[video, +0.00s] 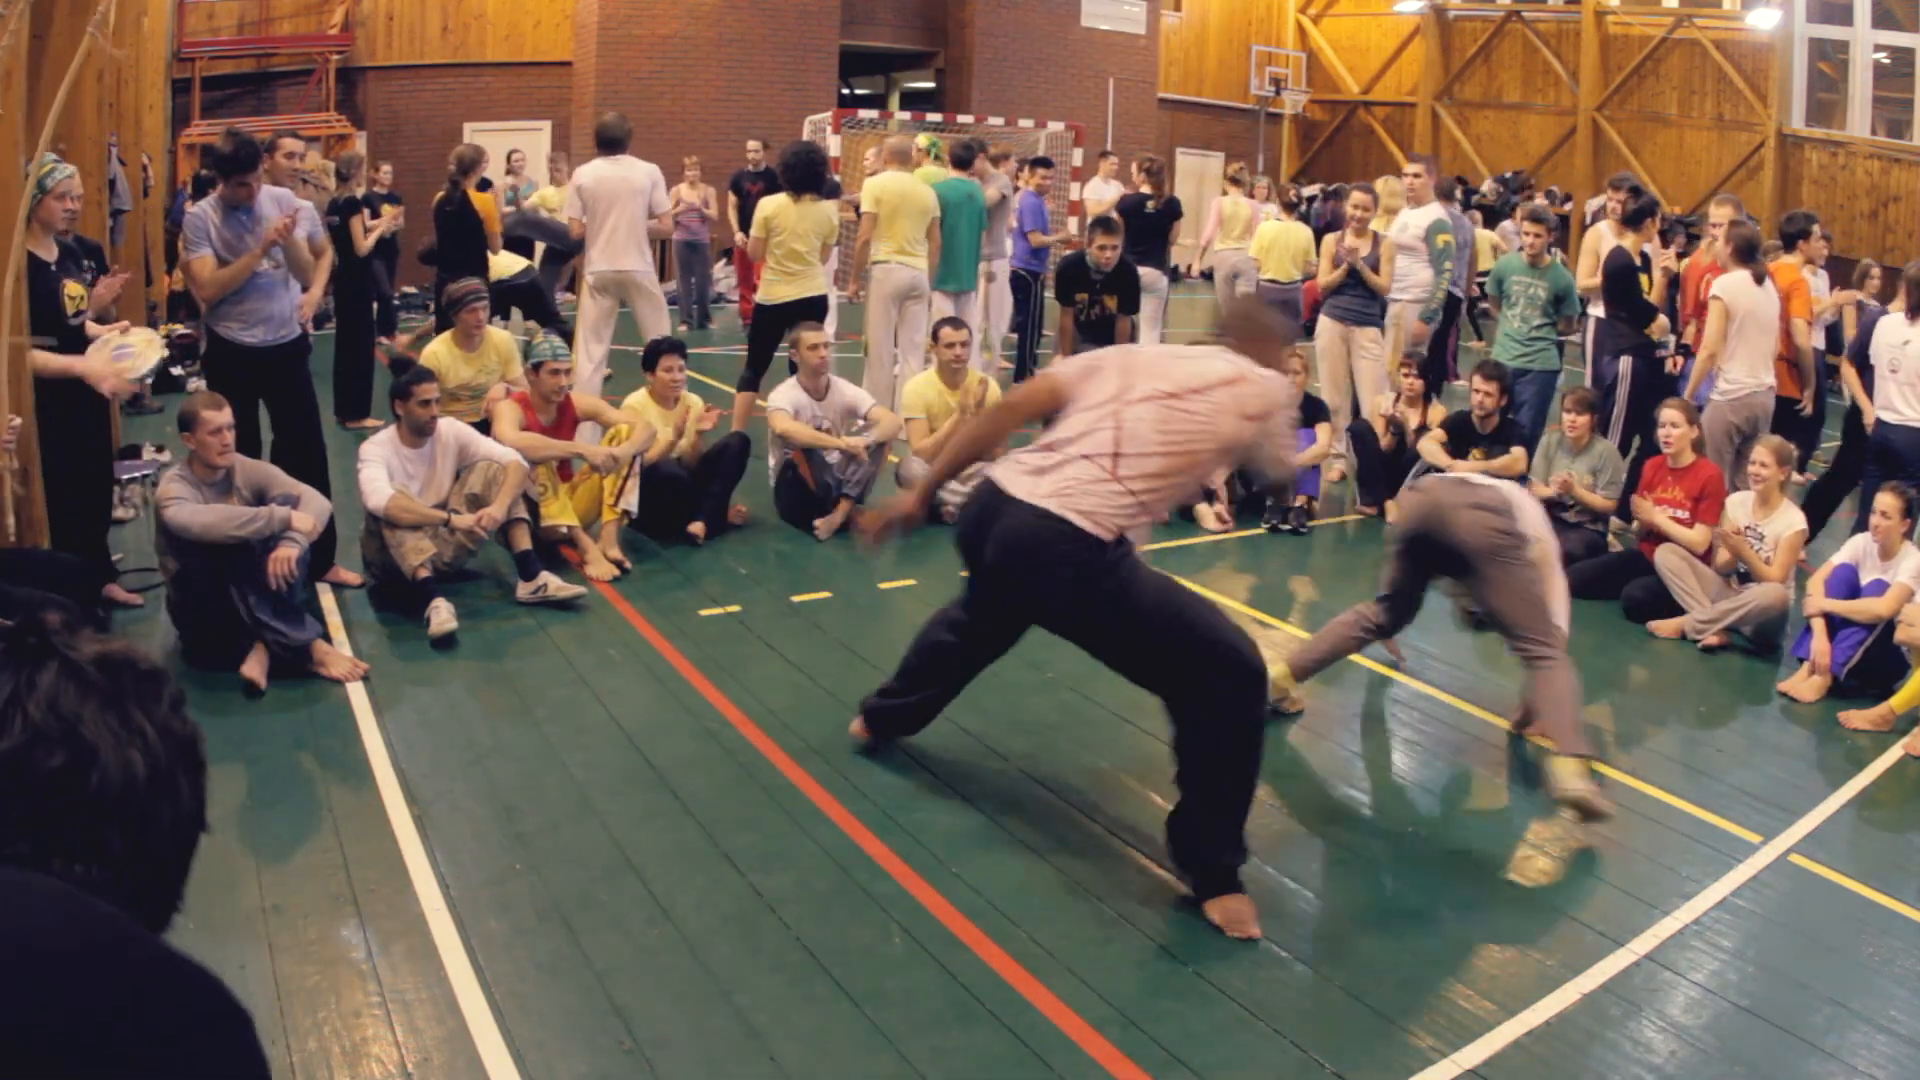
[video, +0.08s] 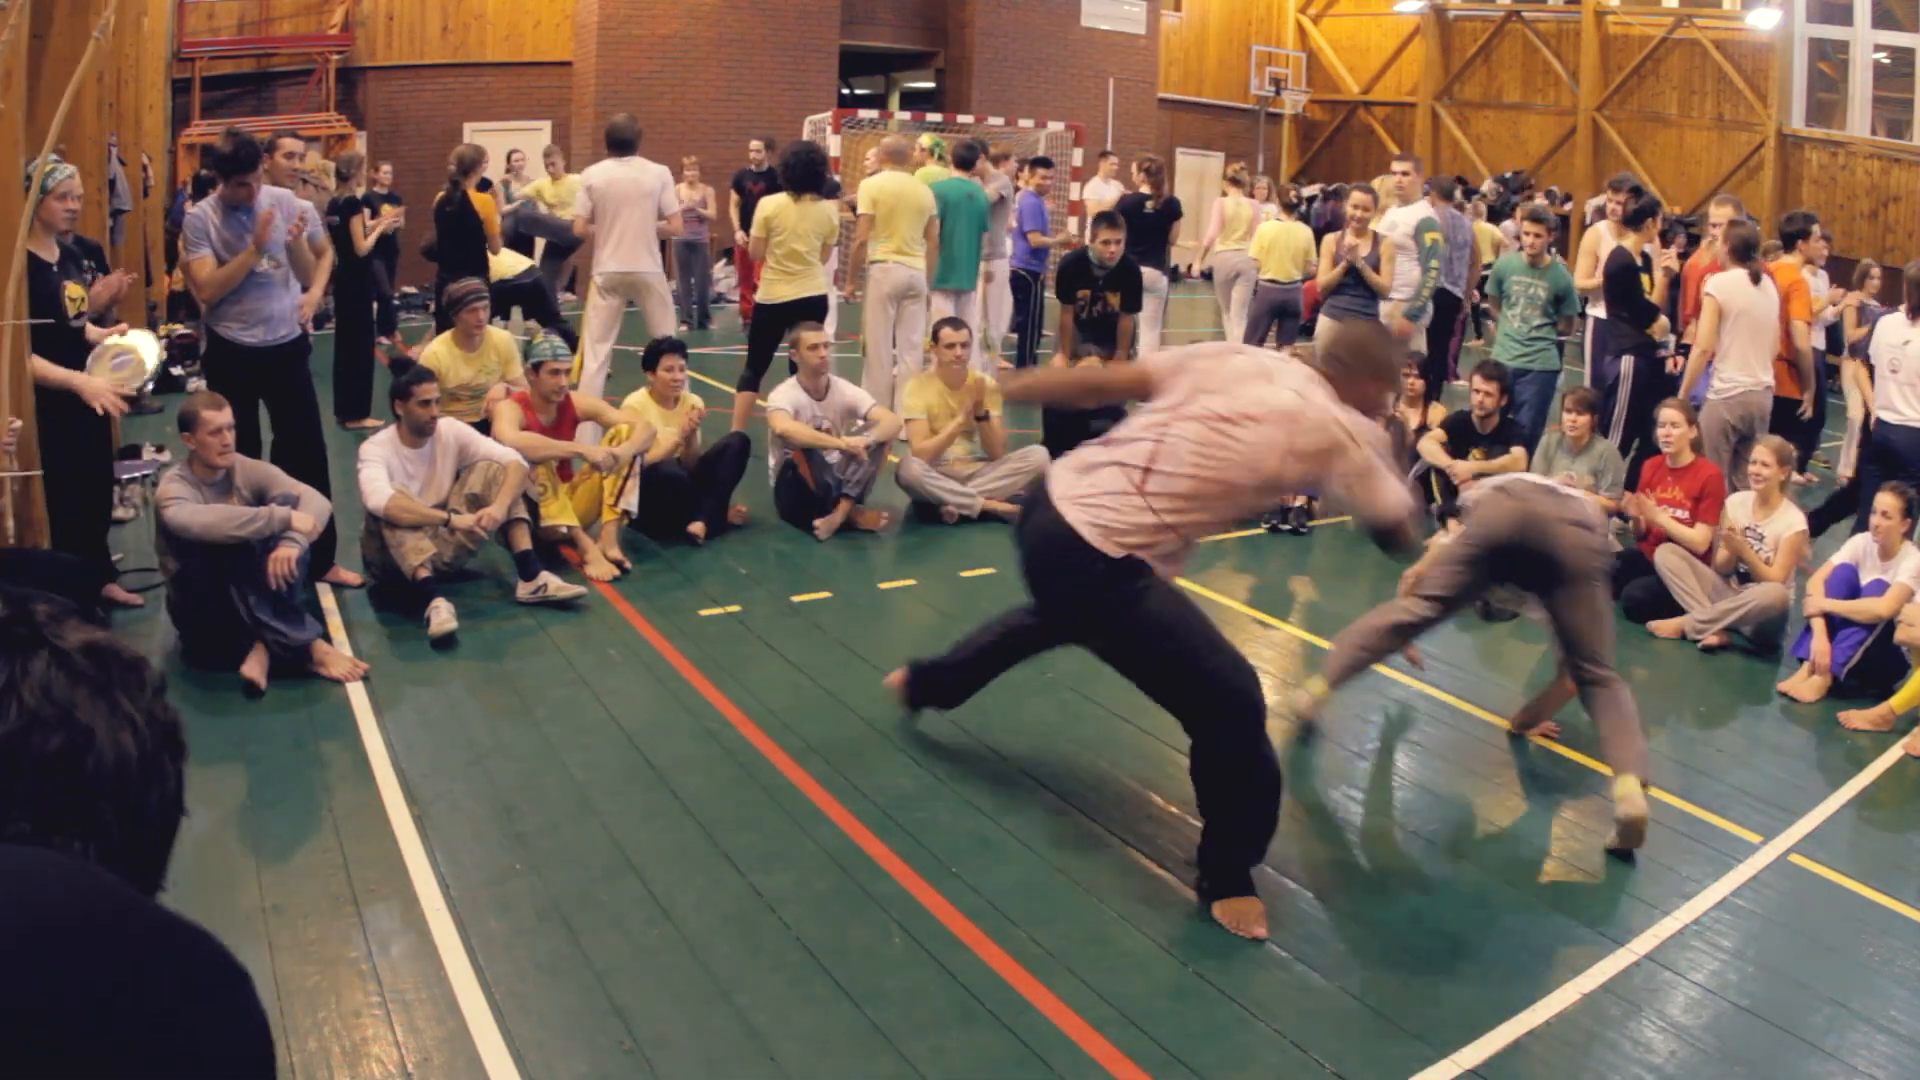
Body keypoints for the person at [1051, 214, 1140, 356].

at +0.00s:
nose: (1108, 255)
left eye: (1114, 248)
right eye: (1101, 248)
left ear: (1121, 248)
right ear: (1088, 245)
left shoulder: (1127, 271)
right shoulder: (1068, 267)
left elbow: (1124, 319)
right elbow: (1066, 314)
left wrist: (1121, 358)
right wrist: (1066, 359)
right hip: (1079, 336)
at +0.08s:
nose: (1113, 249)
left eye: (1118, 242)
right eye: (1106, 243)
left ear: (1124, 242)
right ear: (1091, 242)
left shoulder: (1130, 270)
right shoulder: (1070, 265)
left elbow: (1127, 318)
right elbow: (1066, 313)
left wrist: (1120, 359)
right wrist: (1066, 355)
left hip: (1114, 341)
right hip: (1080, 340)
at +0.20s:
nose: (1117, 240)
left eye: (1123, 233)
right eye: (1111, 233)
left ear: (1130, 234)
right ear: (1098, 231)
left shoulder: (1135, 264)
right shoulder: (1074, 258)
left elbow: (1133, 313)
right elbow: (1066, 306)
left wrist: (1127, 356)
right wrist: (1061, 350)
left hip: (1116, 335)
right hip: (1079, 331)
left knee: (1114, 392)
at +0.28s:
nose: (1120, 231)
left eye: (1127, 225)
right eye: (1114, 223)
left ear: (1135, 227)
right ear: (1102, 224)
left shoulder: (1139, 260)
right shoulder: (1078, 253)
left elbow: (1137, 309)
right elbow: (1064, 300)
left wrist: (1130, 352)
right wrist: (1061, 347)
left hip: (1117, 334)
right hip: (1079, 329)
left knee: (1114, 392)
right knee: (1065, 388)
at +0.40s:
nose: (1128, 216)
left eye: (1134, 210)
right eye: (1122, 208)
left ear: (1141, 215)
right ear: (1109, 211)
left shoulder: (1145, 251)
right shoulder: (1084, 243)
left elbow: (1143, 301)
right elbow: (1068, 288)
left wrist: (1133, 345)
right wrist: (1063, 336)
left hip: (1120, 326)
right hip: (1082, 323)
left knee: (1115, 388)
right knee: (1069, 386)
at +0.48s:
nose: (1133, 207)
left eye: (1139, 201)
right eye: (1127, 200)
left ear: (1145, 208)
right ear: (1113, 204)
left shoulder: (1149, 247)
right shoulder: (1088, 237)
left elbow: (1148, 296)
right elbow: (1071, 281)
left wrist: (1136, 340)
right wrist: (1067, 330)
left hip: (1123, 324)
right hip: (1086, 321)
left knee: (1118, 388)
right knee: (1076, 384)